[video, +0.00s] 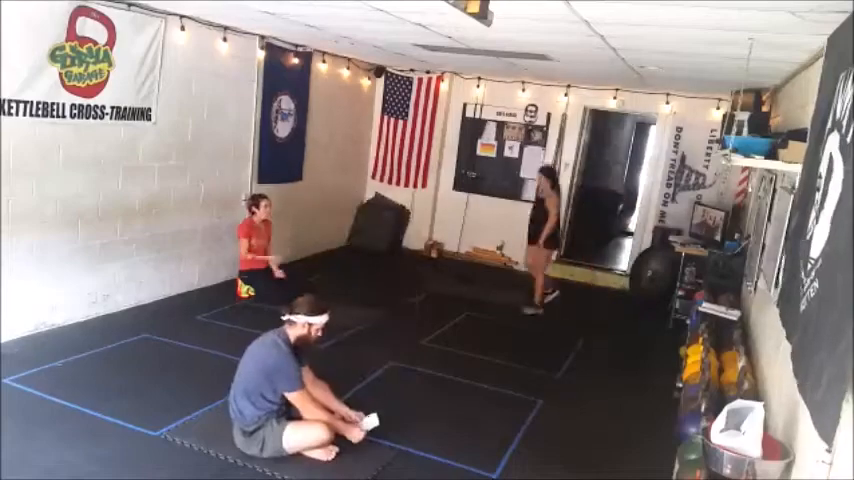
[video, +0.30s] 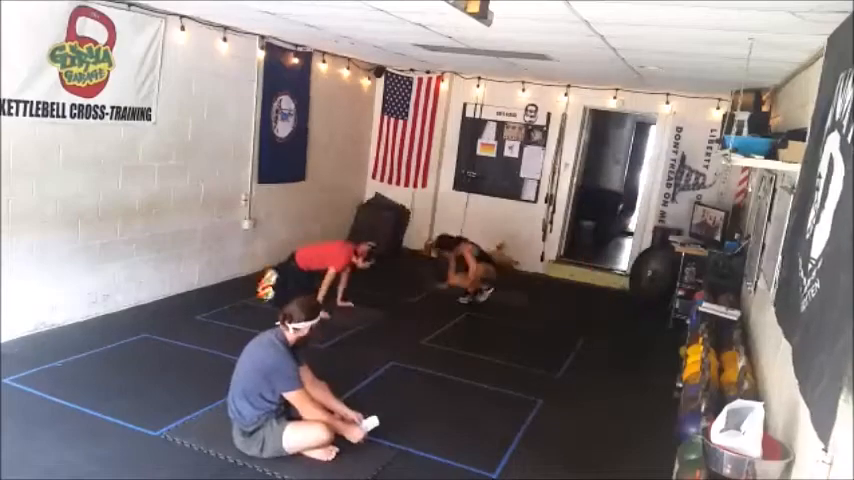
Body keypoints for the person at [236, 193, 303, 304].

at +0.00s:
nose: (269, 210)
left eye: (269, 206)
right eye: (265, 207)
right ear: (254, 209)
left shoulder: (267, 224)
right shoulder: (246, 226)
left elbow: (268, 250)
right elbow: (245, 254)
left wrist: (275, 269)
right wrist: (269, 259)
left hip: (264, 270)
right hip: (249, 272)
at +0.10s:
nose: (285, 216)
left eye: (285, 213)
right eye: (281, 213)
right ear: (270, 214)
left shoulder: (278, 229)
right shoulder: (257, 229)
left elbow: (274, 251)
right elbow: (250, 257)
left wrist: (289, 269)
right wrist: (272, 271)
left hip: (266, 270)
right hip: (250, 272)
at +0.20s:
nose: (340, 260)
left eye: (342, 257)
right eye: (340, 257)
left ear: (334, 249)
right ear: (332, 251)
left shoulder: (329, 249)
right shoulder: (314, 251)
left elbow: (331, 277)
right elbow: (311, 283)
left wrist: (338, 302)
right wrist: (314, 306)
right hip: (271, 259)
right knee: (281, 297)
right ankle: (256, 281)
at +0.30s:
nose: (364, 267)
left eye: (367, 266)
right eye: (366, 265)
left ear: (362, 255)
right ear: (361, 259)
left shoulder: (350, 252)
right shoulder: (343, 258)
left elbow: (344, 278)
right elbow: (326, 284)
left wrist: (339, 300)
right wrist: (317, 306)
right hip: (298, 265)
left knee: (307, 293)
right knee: (298, 298)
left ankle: (278, 279)